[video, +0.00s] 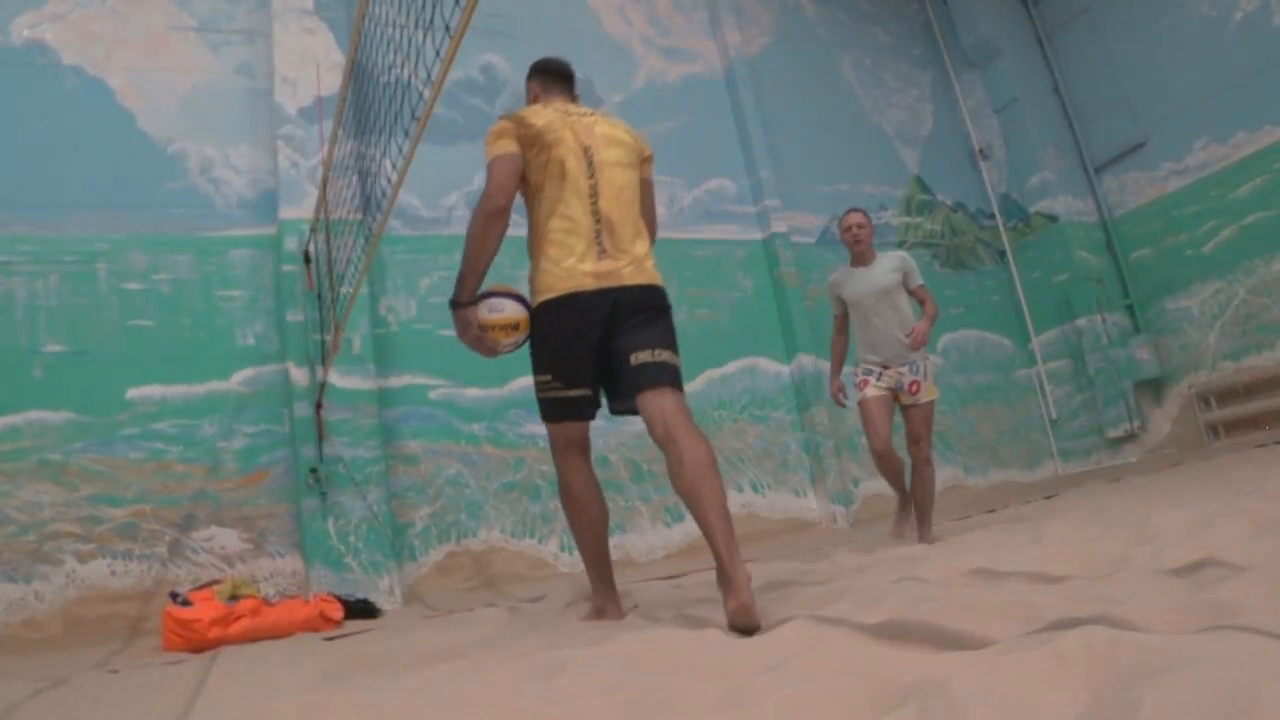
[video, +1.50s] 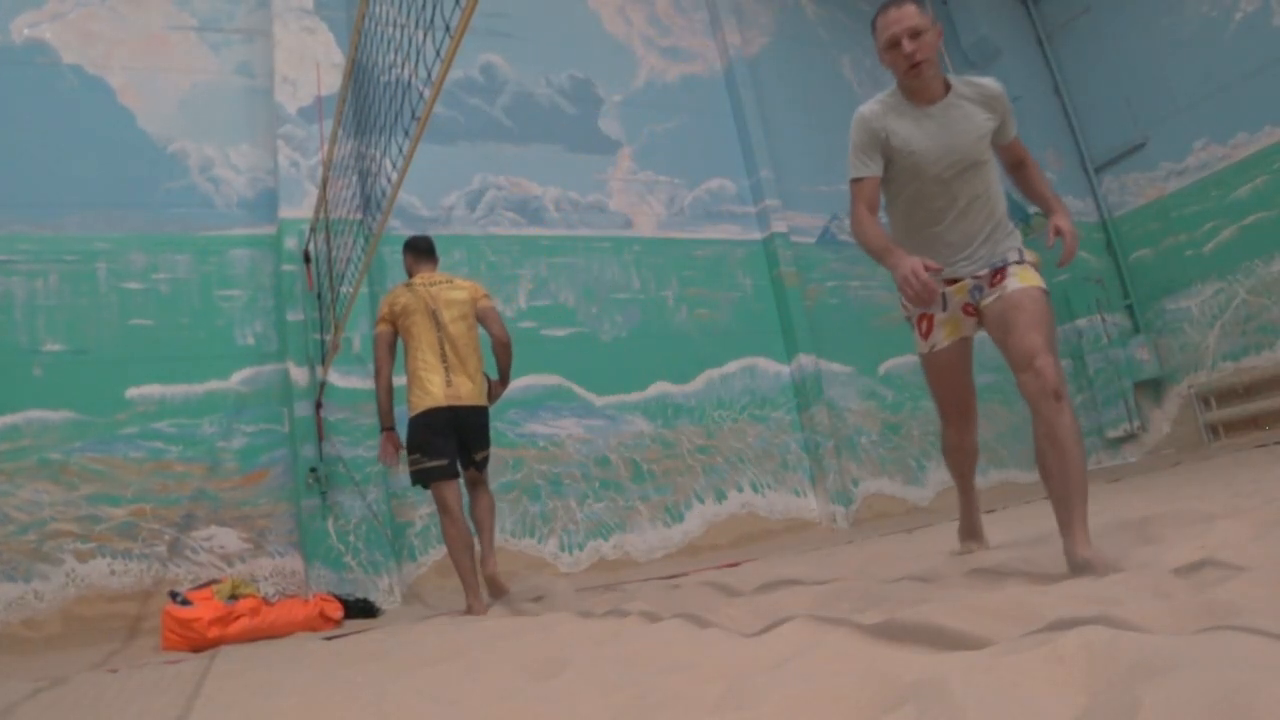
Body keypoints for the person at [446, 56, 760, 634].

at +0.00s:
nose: (528, 104)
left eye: (528, 96)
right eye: (535, 96)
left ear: (532, 92)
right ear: (576, 93)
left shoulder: (518, 125)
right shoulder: (627, 135)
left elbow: (497, 204)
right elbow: (646, 228)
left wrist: (463, 299)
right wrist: (602, 275)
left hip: (564, 303)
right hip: (640, 292)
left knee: (571, 448)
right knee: (674, 422)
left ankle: (605, 597)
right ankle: (734, 577)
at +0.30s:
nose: (485, 146)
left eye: (483, 139)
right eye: (490, 137)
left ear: (482, 136)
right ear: (523, 132)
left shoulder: (473, 166)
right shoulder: (574, 166)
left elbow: (453, 254)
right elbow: (606, 244)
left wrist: (433, 337)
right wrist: (648, 307)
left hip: (528, 322)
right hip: (589, 318)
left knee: (562, 459)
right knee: (591, 438)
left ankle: (607, 602)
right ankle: (619, 520)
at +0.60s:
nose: (476, 198)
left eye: (470, 192)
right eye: (487, 188)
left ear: (469, 190)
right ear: (507, 187)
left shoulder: (453, 220)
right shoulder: (544, 216)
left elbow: (450, 299)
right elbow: (589, 265)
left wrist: (451, 379)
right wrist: (639, 316)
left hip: (498, 357)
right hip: (550, 355)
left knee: (531, 474)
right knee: (536, 478)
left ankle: (595, 585)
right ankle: (542, 599)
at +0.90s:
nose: (449, 224)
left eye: (449, 218)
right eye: (454, 219)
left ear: (453, 215)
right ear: (487, 215)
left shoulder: (440, 244)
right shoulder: (523, 246)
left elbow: (431, 317)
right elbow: (554, 313)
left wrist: (452, 367)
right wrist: (548, 373)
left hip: (470, 378)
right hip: (523, 377)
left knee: (453, 472)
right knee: (530, 486)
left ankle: (501, 544)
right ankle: (541, 599)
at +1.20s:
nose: (423, 253)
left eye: (421, 247)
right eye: (427, 247)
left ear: (422, 246)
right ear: (453, 243)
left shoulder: (413, 280)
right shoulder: (489, 274)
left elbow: (405, 341)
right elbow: (530, 328)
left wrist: (414, 399)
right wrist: (515, 379)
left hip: (443, 406)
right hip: (494, 399)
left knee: (452, 505)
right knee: (513, 490)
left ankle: (475, 599)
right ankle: (539, 582)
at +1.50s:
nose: (406, 269)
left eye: (405, 264)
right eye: (412, 263)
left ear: (407, 263)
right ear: (437, 261)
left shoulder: (394, 300)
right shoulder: (468, 289)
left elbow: (383, 369)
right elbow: (501, 336)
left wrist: (387, 427)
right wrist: (503, 381)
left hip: (428, 413)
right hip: (473, 408)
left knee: (450, 508)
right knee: (479, 482)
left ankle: (474, 599)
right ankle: (489, 560)